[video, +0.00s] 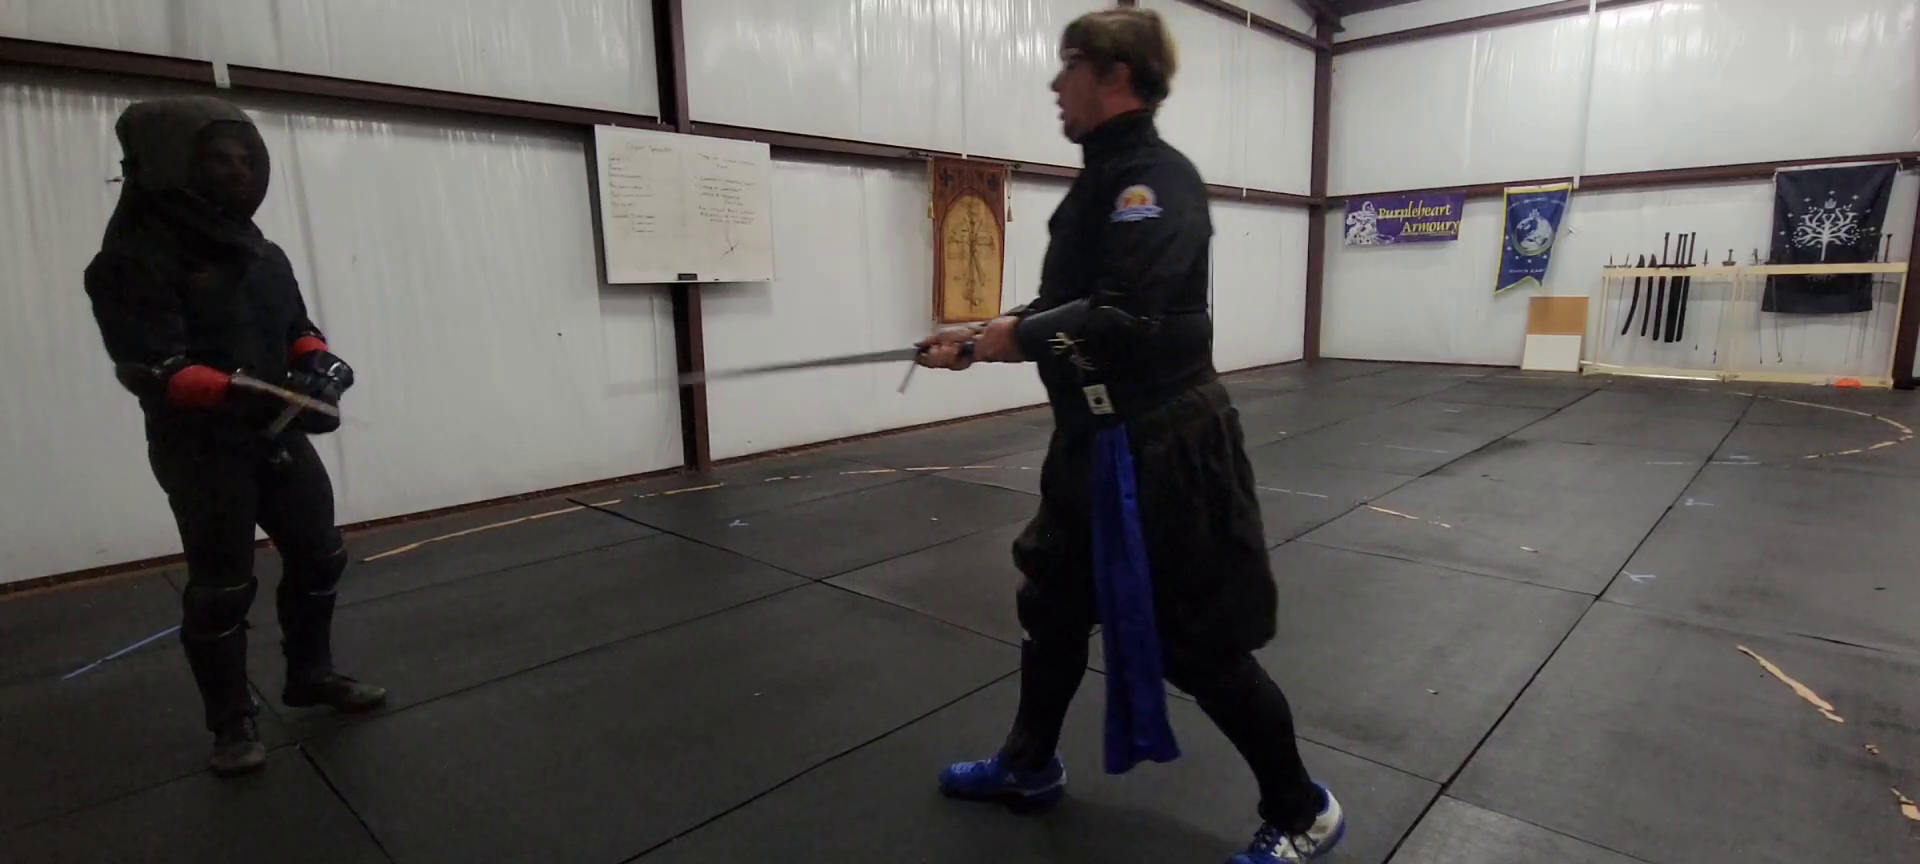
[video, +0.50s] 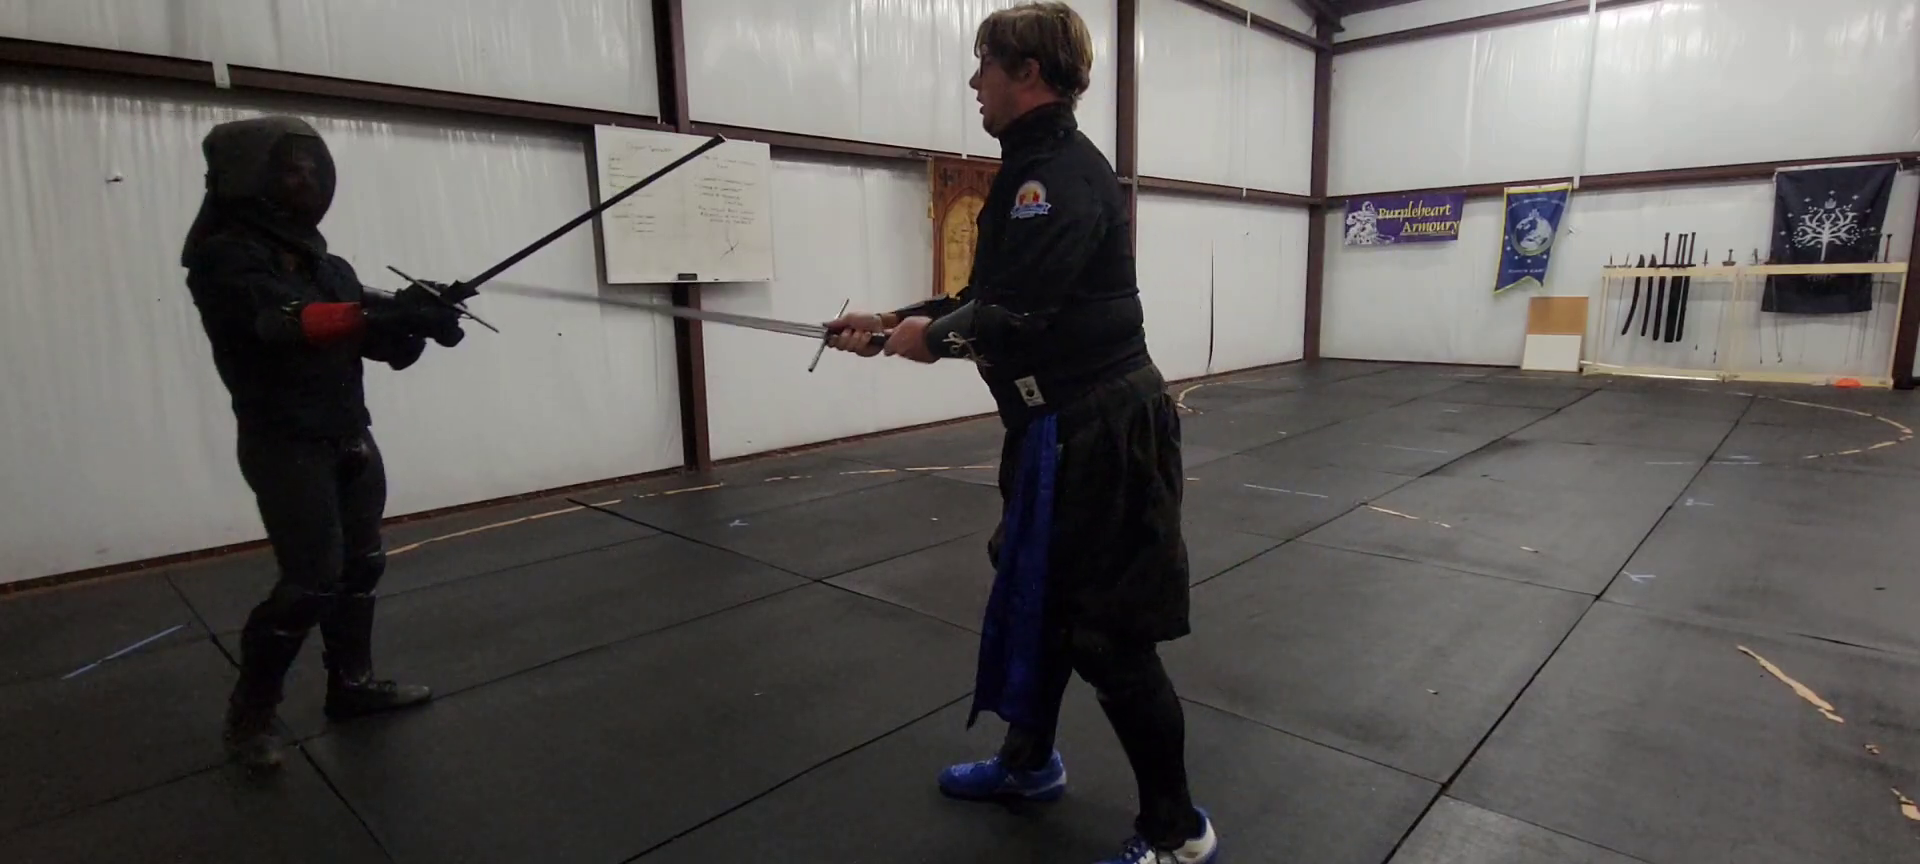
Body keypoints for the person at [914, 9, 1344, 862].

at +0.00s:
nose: (1056, 85)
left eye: (1071, 69)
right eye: (1061, 69)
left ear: (1121, 81)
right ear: (1115, 83)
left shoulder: (1155, 179)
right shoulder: (1100, 181)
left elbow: (1135, 314)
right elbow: (1073, 309)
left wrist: (1015, 338)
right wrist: (982, 339)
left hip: (1164, 439)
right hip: (1095, 436)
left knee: (1190, 638)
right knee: (1054, 601)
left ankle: (1300, 809)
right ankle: (1028, 765)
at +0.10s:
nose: (1015, 87)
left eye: (1028, 71)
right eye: (1019, 70)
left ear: (1079, 82)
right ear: (1070, 84)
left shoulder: (1114, 176)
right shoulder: (1061, 184)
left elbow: (1096, 309)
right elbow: (1038, 306)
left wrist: (988, 343)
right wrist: (953, 328)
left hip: (1144, 427)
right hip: (1077, 427)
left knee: (1154, 634)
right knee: (1044, 596)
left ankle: (1283, 795)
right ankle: (1030, 764)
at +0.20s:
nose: (989, 89)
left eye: (1000, 73)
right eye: (992, 73)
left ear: (1048, 81)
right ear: (1043, 83)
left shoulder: (1088, 177)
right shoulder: (1035, 183)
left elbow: (1067, 309)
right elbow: (1014, 305)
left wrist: (959, 338)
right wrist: (935, 322)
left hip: (1129, 422)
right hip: (1065, 422)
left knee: (1128, 632)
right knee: (1039, 595)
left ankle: (1254, 785)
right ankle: (1029, 762)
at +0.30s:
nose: (977, 90)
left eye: (989, 75)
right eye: (979, 75)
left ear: (1035, 81)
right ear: (1032, 84)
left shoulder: (1077, 172)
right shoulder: (1025, 177)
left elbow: (1046, 305)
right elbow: (998, 304)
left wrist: (936, 323)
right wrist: (913, 318)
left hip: (1115, 418)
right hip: (1057, 420)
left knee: (1108, 625)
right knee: (1033, 595)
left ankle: (1211, 800)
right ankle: (1027, 763)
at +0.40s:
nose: (972, 83)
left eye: (985, 68)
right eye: (976, 68)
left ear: (1030, 79)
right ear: (1027, 81)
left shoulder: (1071, 173)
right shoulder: (1022, 174)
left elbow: (1031, 309)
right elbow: (992, 310)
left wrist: (932, 321)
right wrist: (900, 322)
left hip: (1109, 421)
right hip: (1050, 421)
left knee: (1107, 624)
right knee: (1034, 594)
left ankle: (1172, 819)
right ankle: (1028, 761)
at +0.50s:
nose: (974, 81)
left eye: (987, 66)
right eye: (978, 66)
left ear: (1032, 76)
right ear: (1032, 79)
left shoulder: (1064, 172)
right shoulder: (1024, 169)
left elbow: (1022, 311)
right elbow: (982, 299)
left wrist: (933, 336)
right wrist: (888, 321)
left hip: (1104, 423)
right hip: (1053, 423)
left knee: (1108, 627)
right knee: (1036, 595)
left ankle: (1174, 824)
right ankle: (1028, 759)